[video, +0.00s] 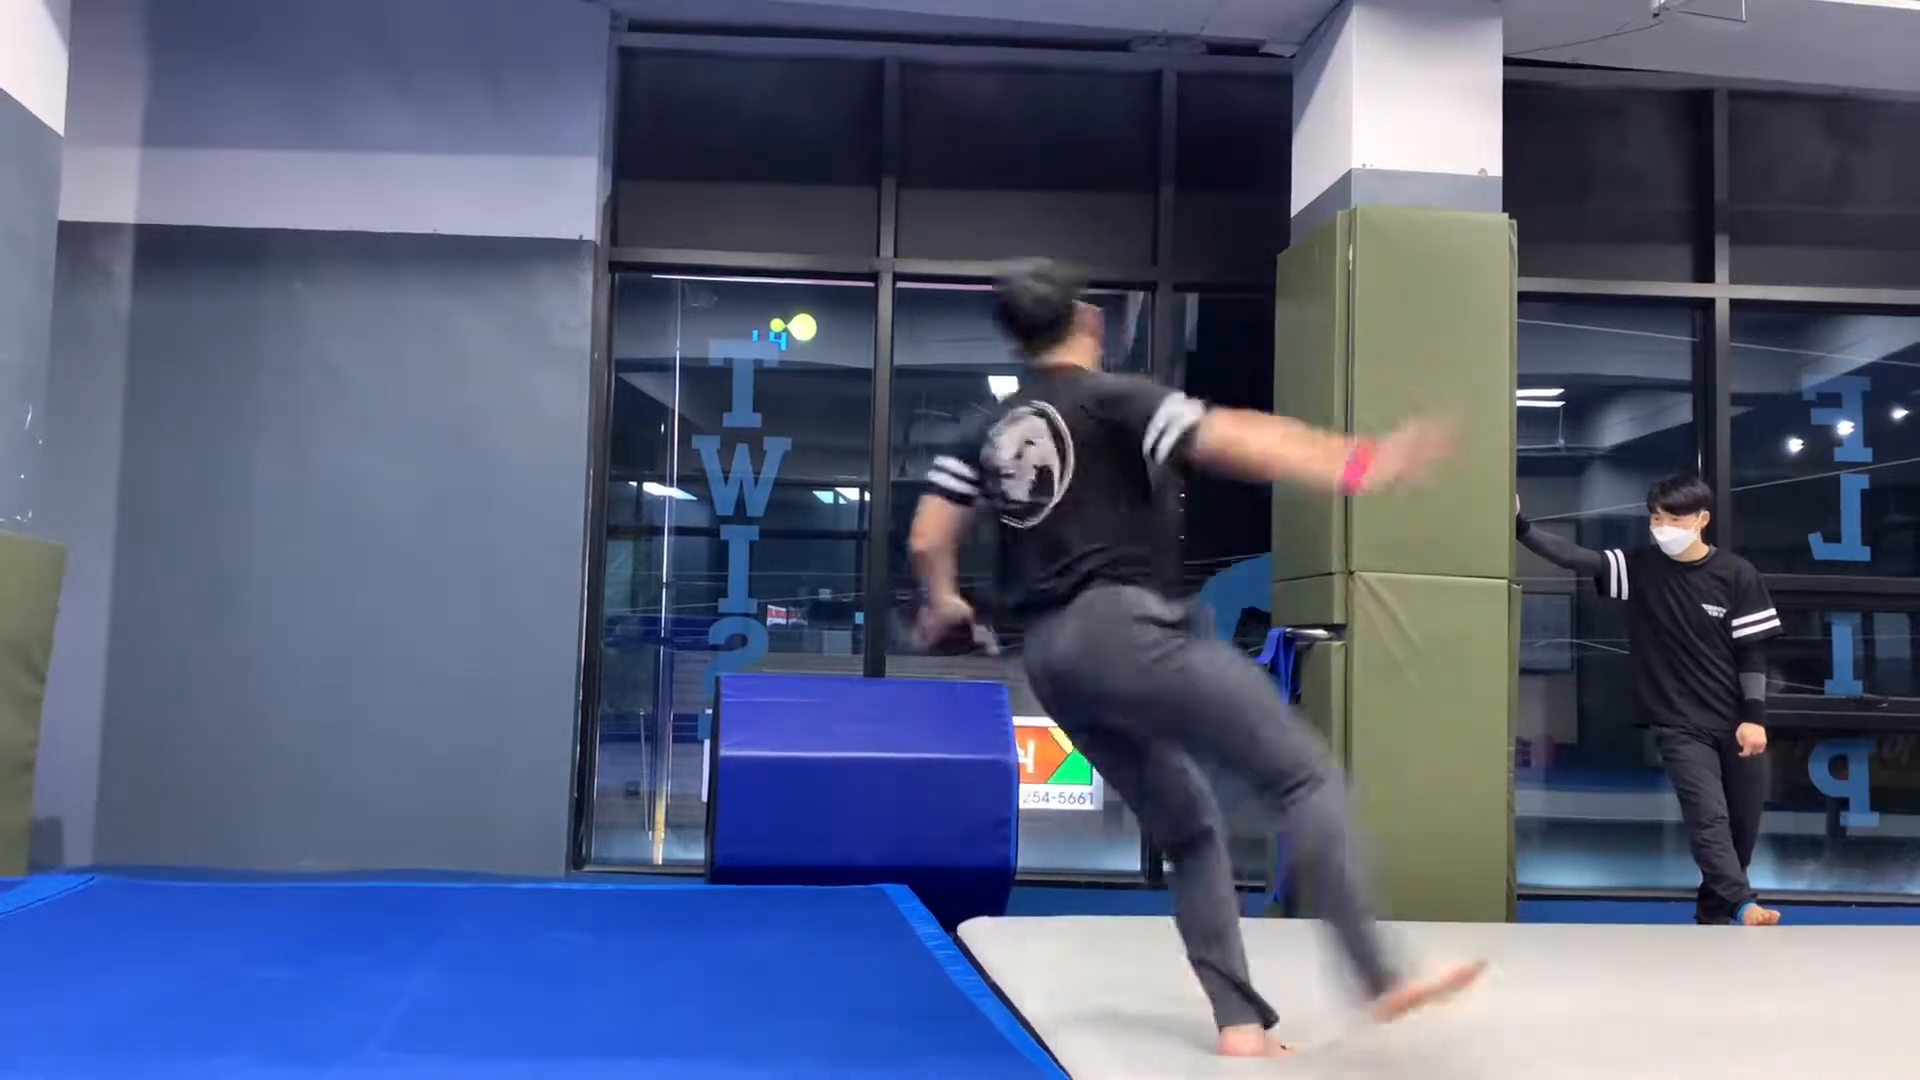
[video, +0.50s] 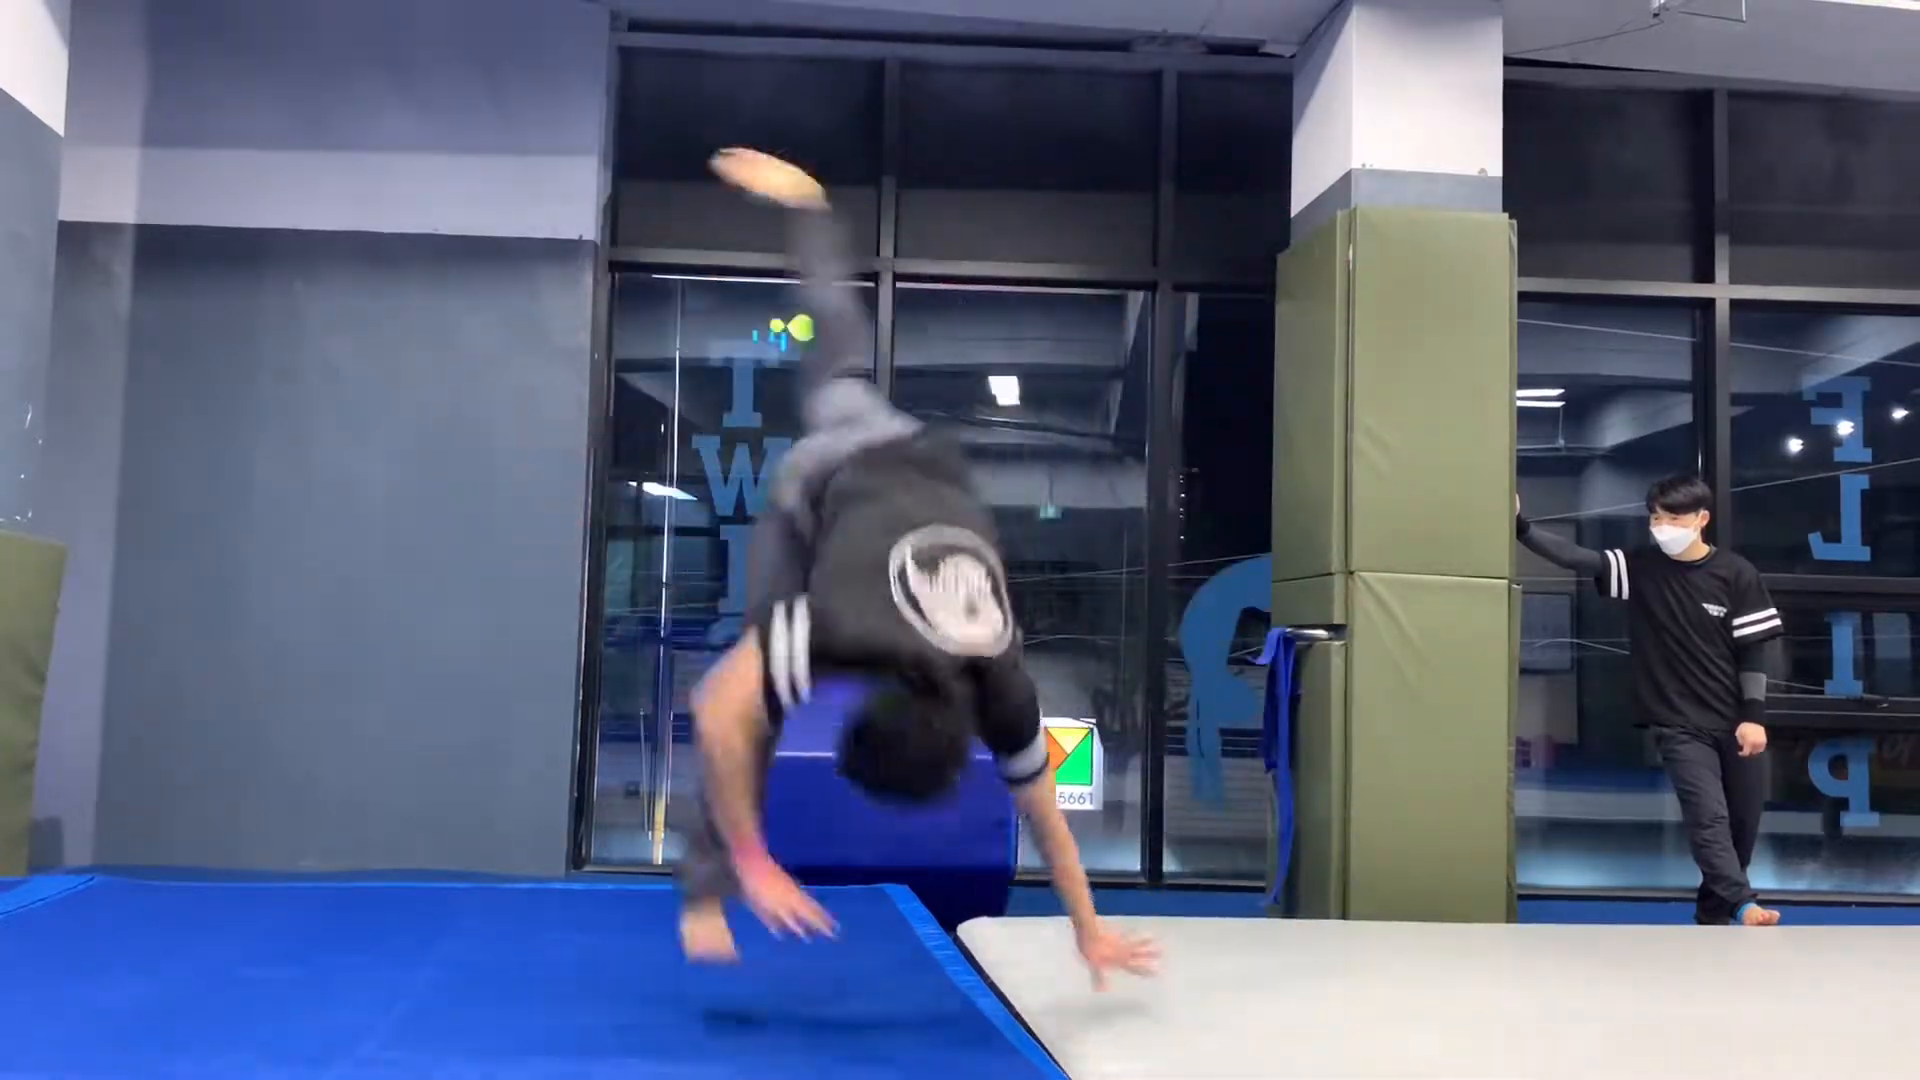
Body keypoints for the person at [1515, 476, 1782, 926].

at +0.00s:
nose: (1657, 529)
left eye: (1668, 522)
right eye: (1654, 520)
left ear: (1700, 521)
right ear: (1650, 517)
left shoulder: (1737, 575)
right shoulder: (1640, 566)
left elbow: (1751, 653)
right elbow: (1577, 557)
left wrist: (1753, 717)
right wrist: (1522, 527)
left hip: (1734, 720)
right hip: (1678, 720)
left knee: (1744, 823)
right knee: (1707, 813)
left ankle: (1711, 912)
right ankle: (1743, 904)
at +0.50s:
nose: (1656, 528)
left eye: (1667, 521)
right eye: (1653, 519)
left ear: (1700, 520)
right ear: (1650, 517)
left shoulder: (1736, 574)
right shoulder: (1641, 567)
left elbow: (1754, 650)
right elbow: (1577, 557)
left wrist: (1753, 716)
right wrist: (1522, 527)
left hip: (1733, 720)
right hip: (1678, 720)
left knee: (1743, 822)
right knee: (1707, 813)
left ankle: (1711, 914)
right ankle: (1744, 904)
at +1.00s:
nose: (1658, 529)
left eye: (1669, 521)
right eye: (1655, 519)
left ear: (1701, 520)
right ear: (1650, 518)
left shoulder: (1736, 575)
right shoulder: (1641, 566)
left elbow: (1752, 653)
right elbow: (1578, 558)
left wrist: (1753, 717)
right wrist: (1522, 527)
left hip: (1733, 721)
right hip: (1678, 720)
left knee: (1744, 822)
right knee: (1707, 814)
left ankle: (1711, 912)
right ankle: (1743, 904)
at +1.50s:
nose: (1660, 526)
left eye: (1670, 518)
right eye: (1655, 517)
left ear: (1701, 518)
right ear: (1651, 517)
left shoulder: (1737, 575)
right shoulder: (1642, 567)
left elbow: (1753, 651)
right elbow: (1579, 558)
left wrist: (1754, 716)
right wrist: (1523, 527)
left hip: (1735, 721)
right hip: (1679, 721)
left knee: (1744, 823)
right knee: (1707, 814)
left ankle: (1712, 913)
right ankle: (1743, 905)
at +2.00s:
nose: (1671, 523)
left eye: (1681, 512)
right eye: (1664, 516)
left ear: (1710, 513)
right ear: (1658, 522)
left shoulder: (1756, 569)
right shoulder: (1650, 571)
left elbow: (1781, 644)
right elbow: (1588, 568)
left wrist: (1790, 707)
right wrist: (1525, 543)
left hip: (1767, 724)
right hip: (1704, 727)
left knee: (1776, 829)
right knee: (1725, 819)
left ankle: (1760, 901)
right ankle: (1746, 907)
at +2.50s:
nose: (1670, 524)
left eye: (1681, 513)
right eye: (1663, 517)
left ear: (1709, 513)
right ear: (1656, 525)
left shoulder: (1755, 568)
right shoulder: (1649, 570)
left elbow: (1780, 645)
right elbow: (1587, 568)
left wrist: (1790, 707)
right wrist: (1525, 544)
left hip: (1766, 724)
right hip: (1703, 727)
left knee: (1776, 829)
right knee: (1725, 818)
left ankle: (1759, 901)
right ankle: (1747, 907)